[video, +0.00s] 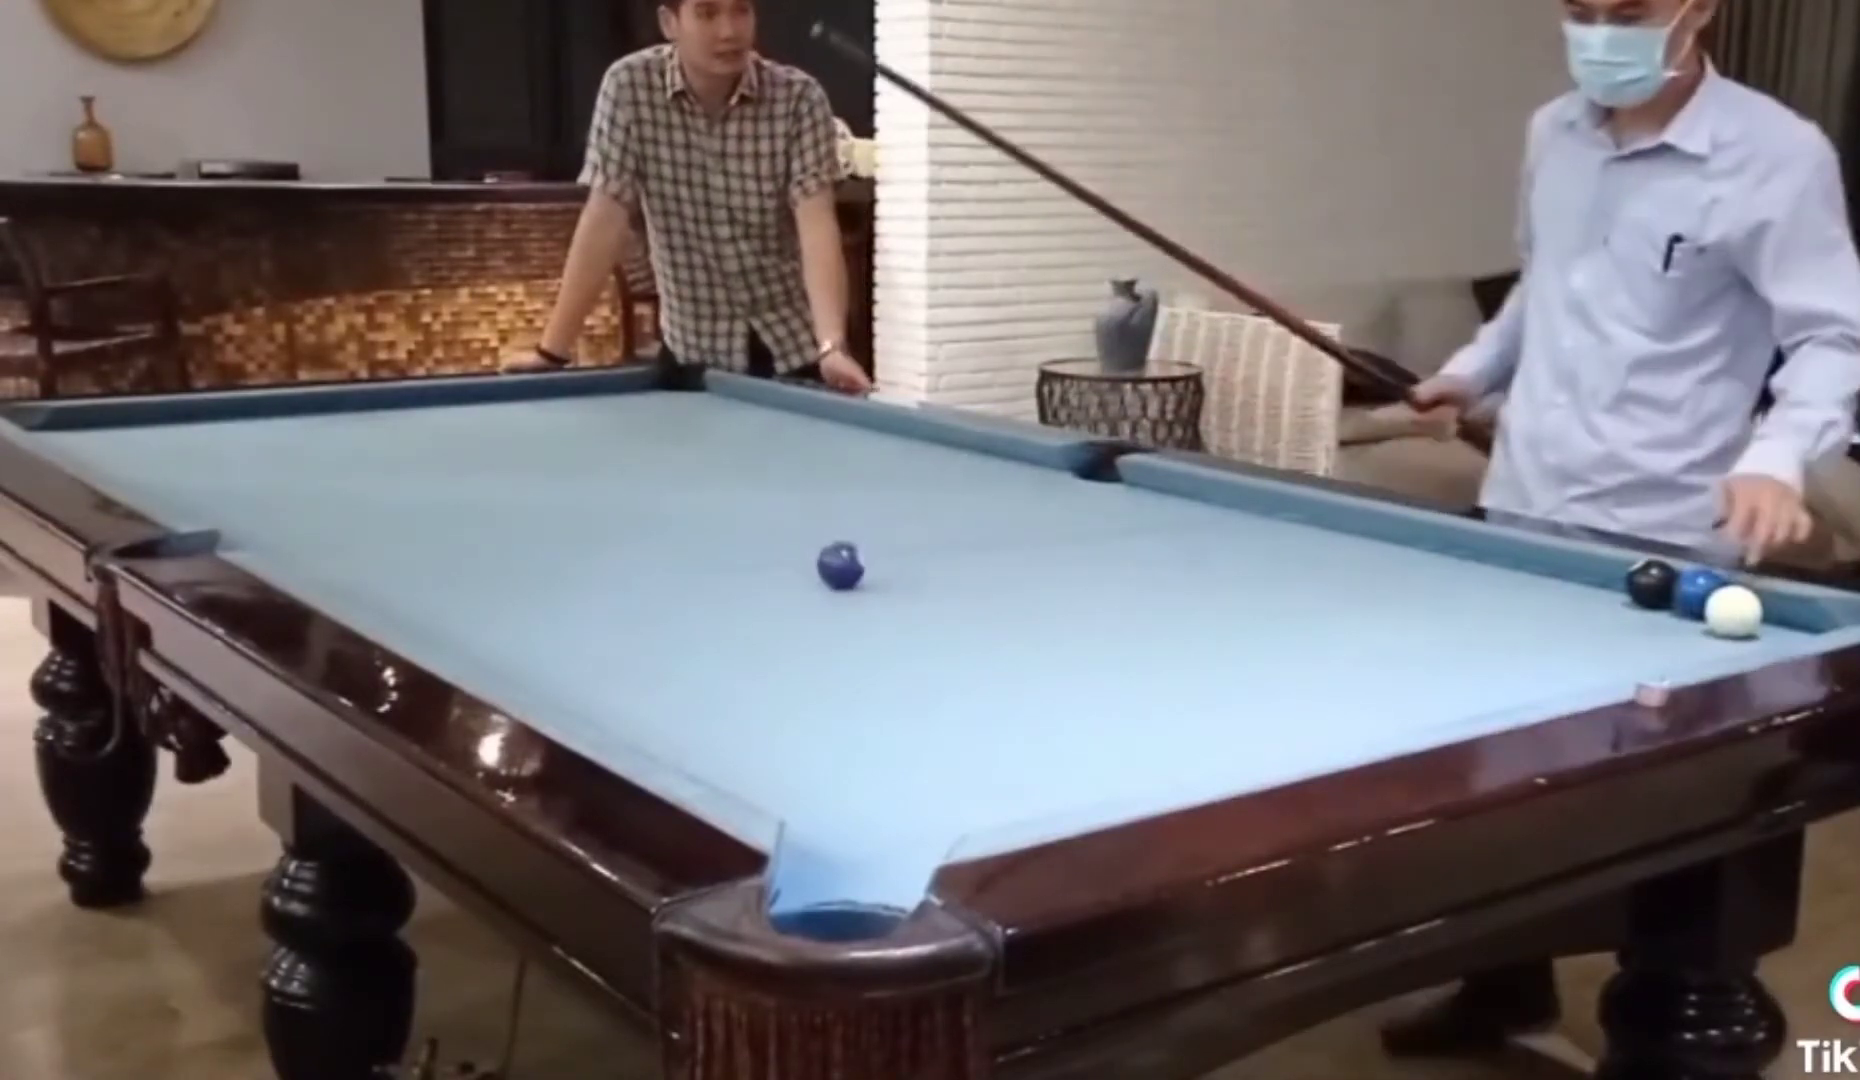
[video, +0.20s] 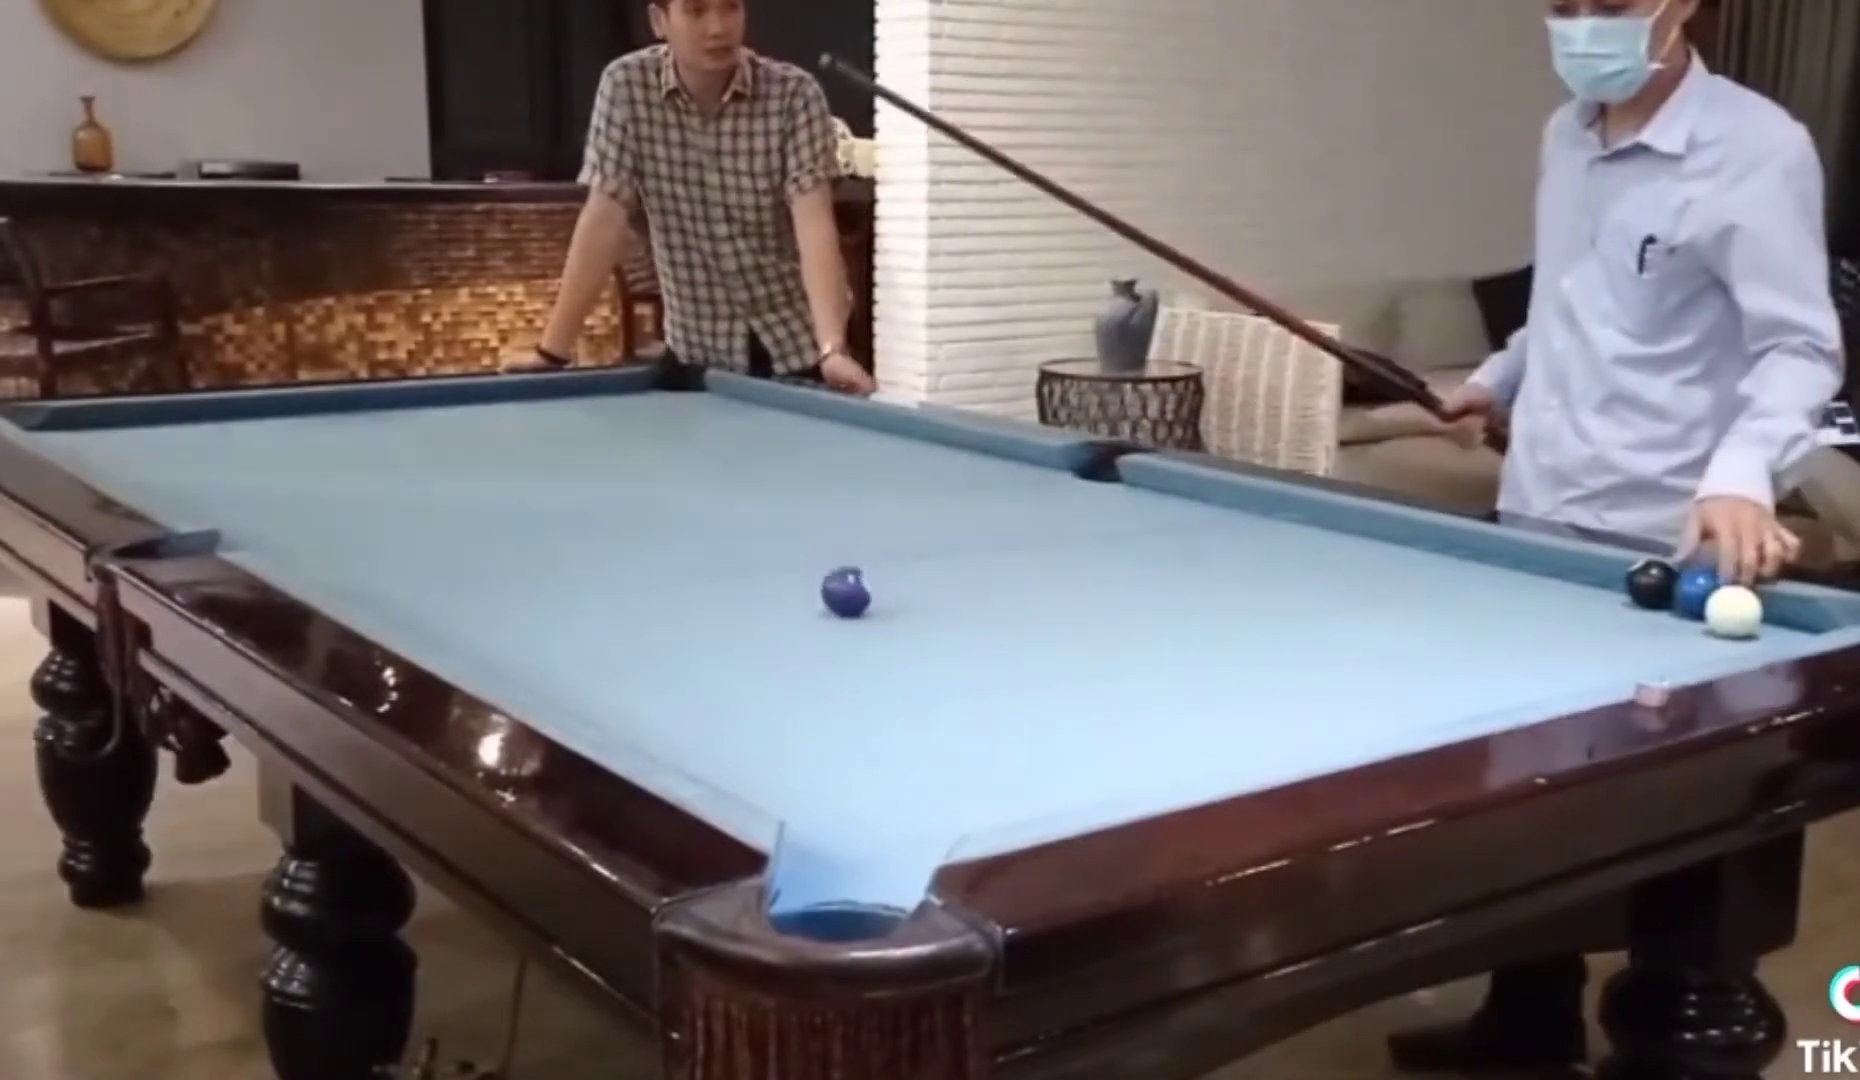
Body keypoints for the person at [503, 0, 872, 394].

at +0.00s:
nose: (728, 32)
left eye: (740, 12)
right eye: (707, 14)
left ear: (756, 18)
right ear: (669, 22)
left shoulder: (796, 96)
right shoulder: (630, 87)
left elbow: (817, 220)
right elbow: (606, 213)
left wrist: (831, 345)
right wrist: (552, 351)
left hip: (794, 339)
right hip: (694, 341)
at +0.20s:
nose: (717, 27)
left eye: (730, 9)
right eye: (697, 10)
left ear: (746, 14)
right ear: (659, 19)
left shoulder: (793, 94)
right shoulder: (627, 86)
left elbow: (814, 221)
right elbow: (605, 214)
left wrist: (832, 347)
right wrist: (552, 351)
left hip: (795, 342)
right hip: (697, 344)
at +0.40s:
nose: (710, 23)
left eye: (722, 5)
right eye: (689, 8)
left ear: (741, 12)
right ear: (654, 19)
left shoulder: (790, 91)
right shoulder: (626, 87)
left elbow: (808, 216)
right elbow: (604, 215)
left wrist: (830, 350)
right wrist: (553, 352)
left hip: (797, 339)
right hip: (699, 342)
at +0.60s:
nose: (706, 27)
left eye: (720, 8)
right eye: (686, 11)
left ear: (741, 13)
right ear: (653, 21)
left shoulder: (792, 91)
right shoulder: (630, 88)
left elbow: (806, 223)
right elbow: (608, 215)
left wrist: (829, 356)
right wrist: (553, 352)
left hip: (801, 339)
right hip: (702, 340)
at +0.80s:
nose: (710, 33)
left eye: (726, 14)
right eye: (690, 17)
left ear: (750, 18)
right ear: (659, 24)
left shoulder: (796, 85)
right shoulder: (638, 88)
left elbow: (802, 220)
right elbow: (613, 216)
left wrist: (829, 356)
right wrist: (553, 352)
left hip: (804, 343)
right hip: (708, 342)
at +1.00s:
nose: (711, 41)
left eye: (728, 21)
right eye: (691, 23)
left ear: (753, 24)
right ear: (663, 28)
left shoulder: (795, 82)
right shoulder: (641, 88)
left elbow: (800, 218)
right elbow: (614, 217)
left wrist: (830, 361)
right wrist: (551, 353)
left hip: (819, 345)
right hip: (710, 347)